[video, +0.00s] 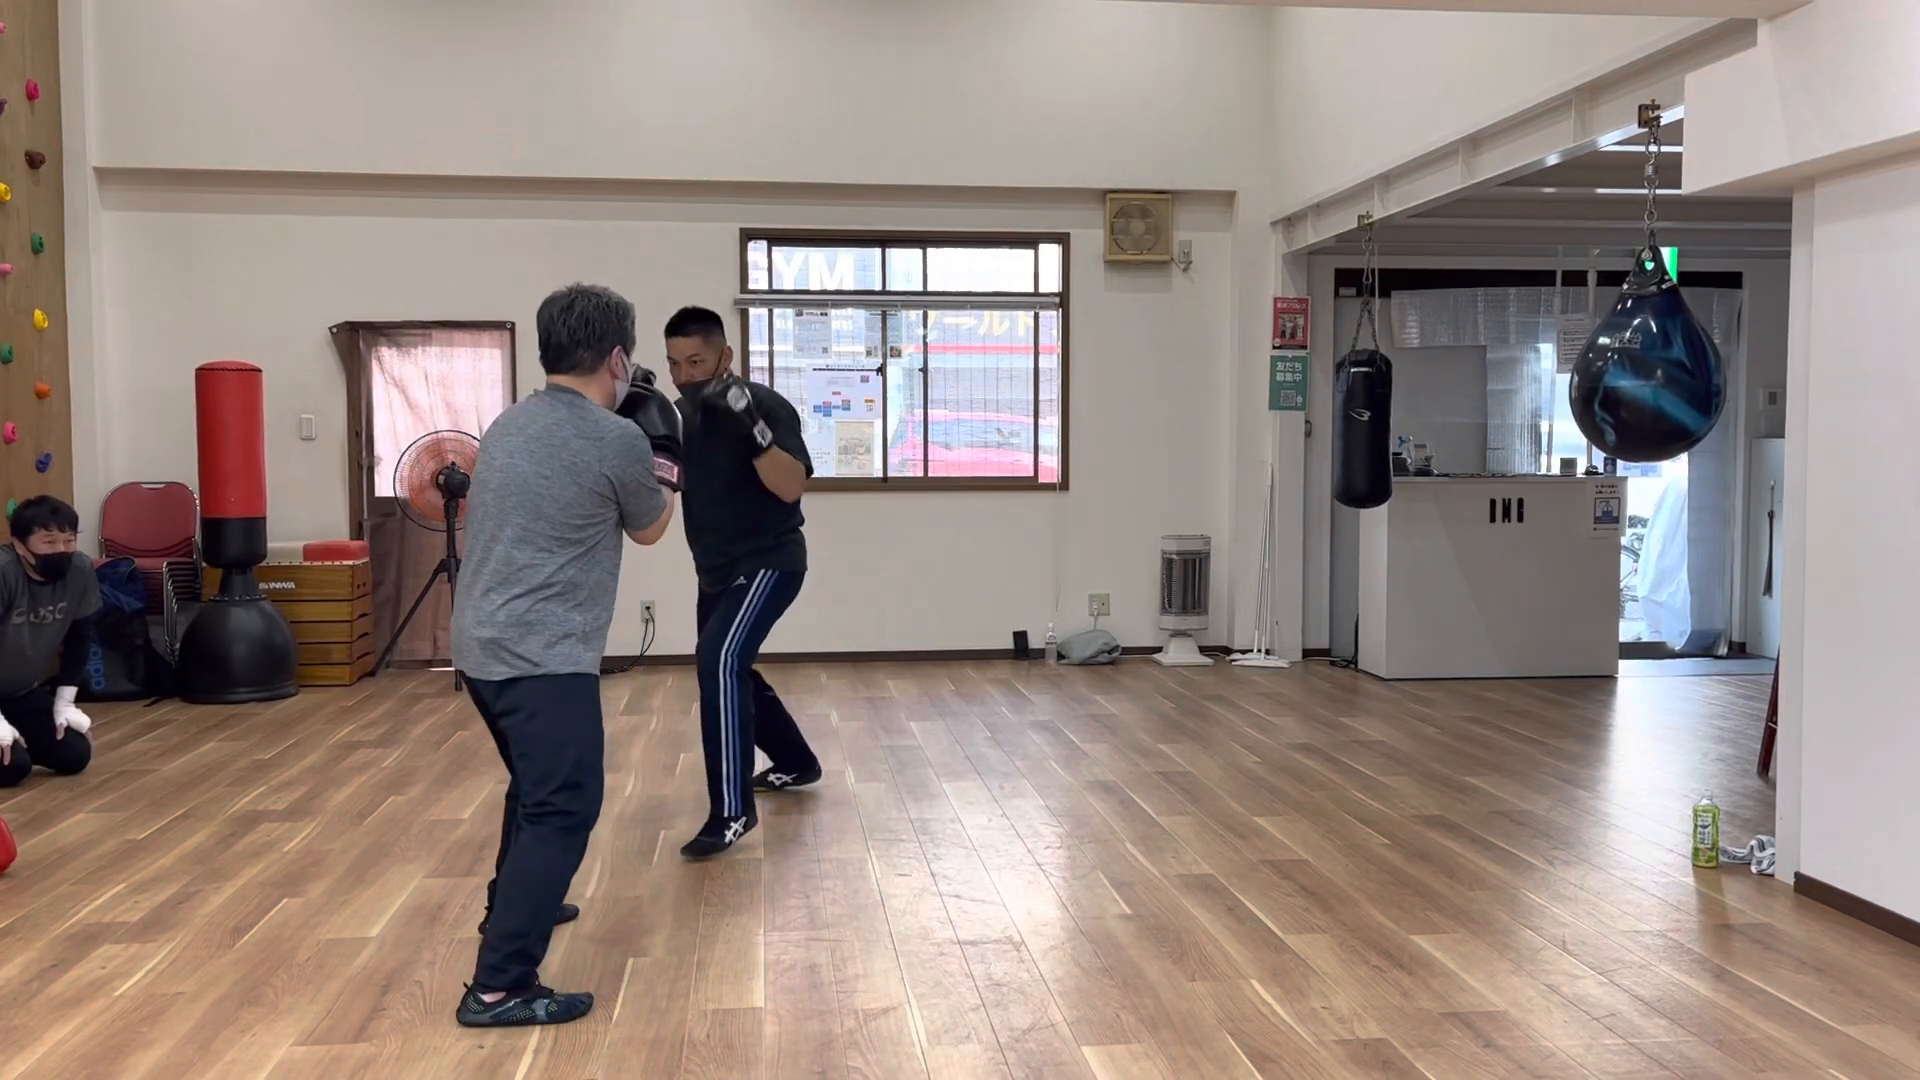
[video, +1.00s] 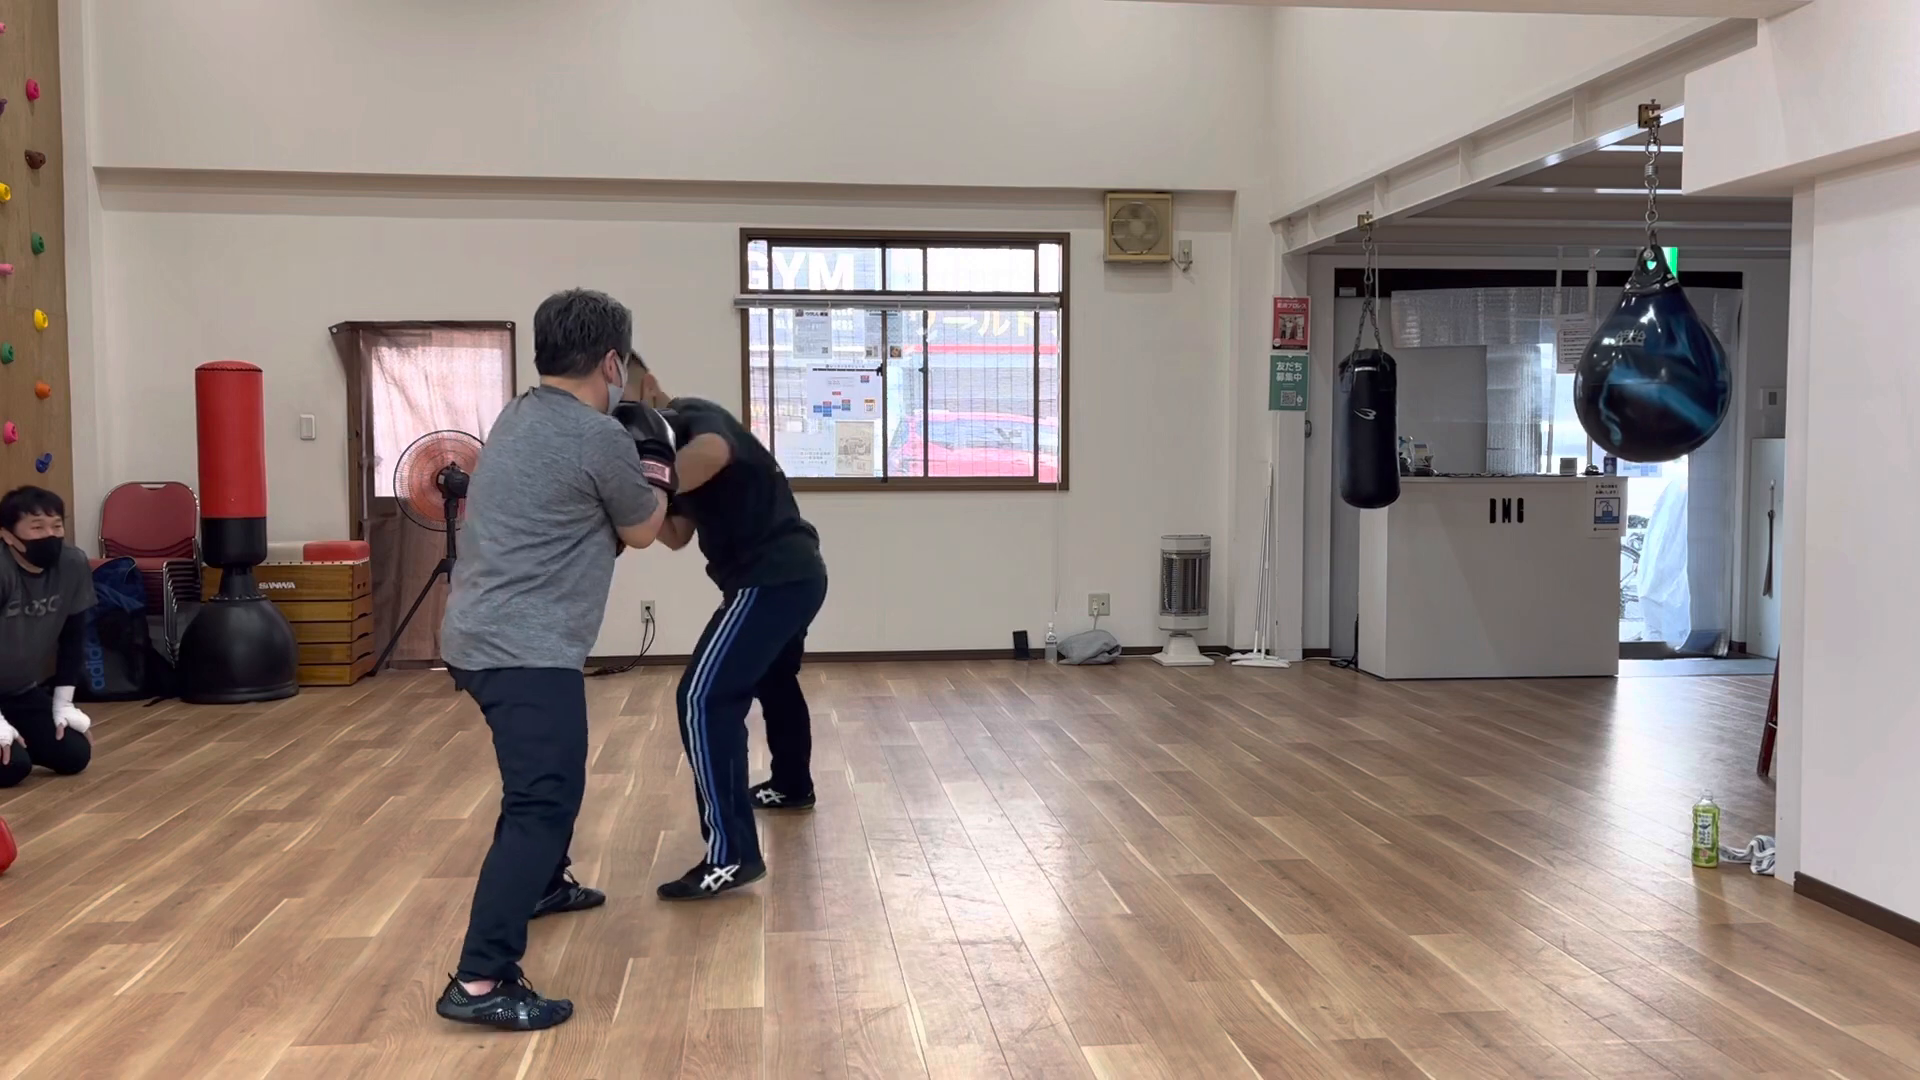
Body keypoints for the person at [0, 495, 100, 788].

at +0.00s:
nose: (61, 551)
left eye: (68, 541)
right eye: (49, 542)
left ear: (75, 540)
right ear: (19, 545)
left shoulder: (79, 570)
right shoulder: (6, 573)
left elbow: (79, 639)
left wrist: (65, 701)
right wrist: (1, 721)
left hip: (29, 690)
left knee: (73, 756)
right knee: (14, 766)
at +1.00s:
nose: (50, 535)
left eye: (56, 525)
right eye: (37, 528)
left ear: (64, 527)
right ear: (8, 536)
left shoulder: (73, 564)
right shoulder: (2, 571)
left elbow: (73, 638)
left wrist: (63, 702)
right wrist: (0, 720)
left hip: (28, 691)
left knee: (74, 756)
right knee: (12, 766)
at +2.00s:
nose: (41, 534)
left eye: (48, 524)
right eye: (28, 526)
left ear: (56, 527)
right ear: (5, 537)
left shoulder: (67, 562)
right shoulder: (3, 571)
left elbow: (70, 637)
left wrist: (62, 702)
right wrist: (1, 722)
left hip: (29, 692)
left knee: (74, 757)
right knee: (13, 767)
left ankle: (15, 732)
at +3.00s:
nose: (29, 528)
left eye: (36, 519)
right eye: (16, 520)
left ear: (44, 521)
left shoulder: (59, 561)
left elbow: (66, 634)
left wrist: (63, 700)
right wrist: (0, 721)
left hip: (31, 692)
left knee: (74, 756)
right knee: (13, 767)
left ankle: (15, 732)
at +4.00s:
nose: (6, 506)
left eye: (12, 498)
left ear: (20, 503)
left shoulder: (30, 552)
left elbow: (61, 616)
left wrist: (48, 678)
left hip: (16, 692)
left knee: (75, 756)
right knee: (2, 767)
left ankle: (2, 741)